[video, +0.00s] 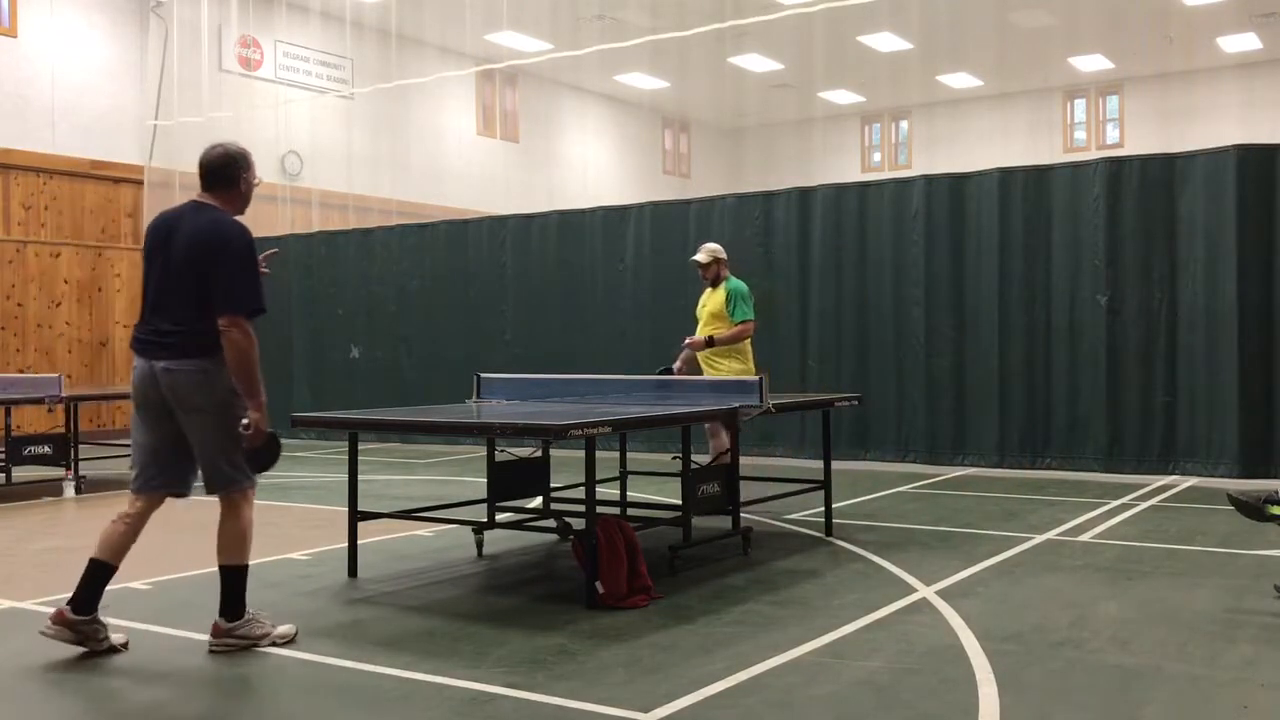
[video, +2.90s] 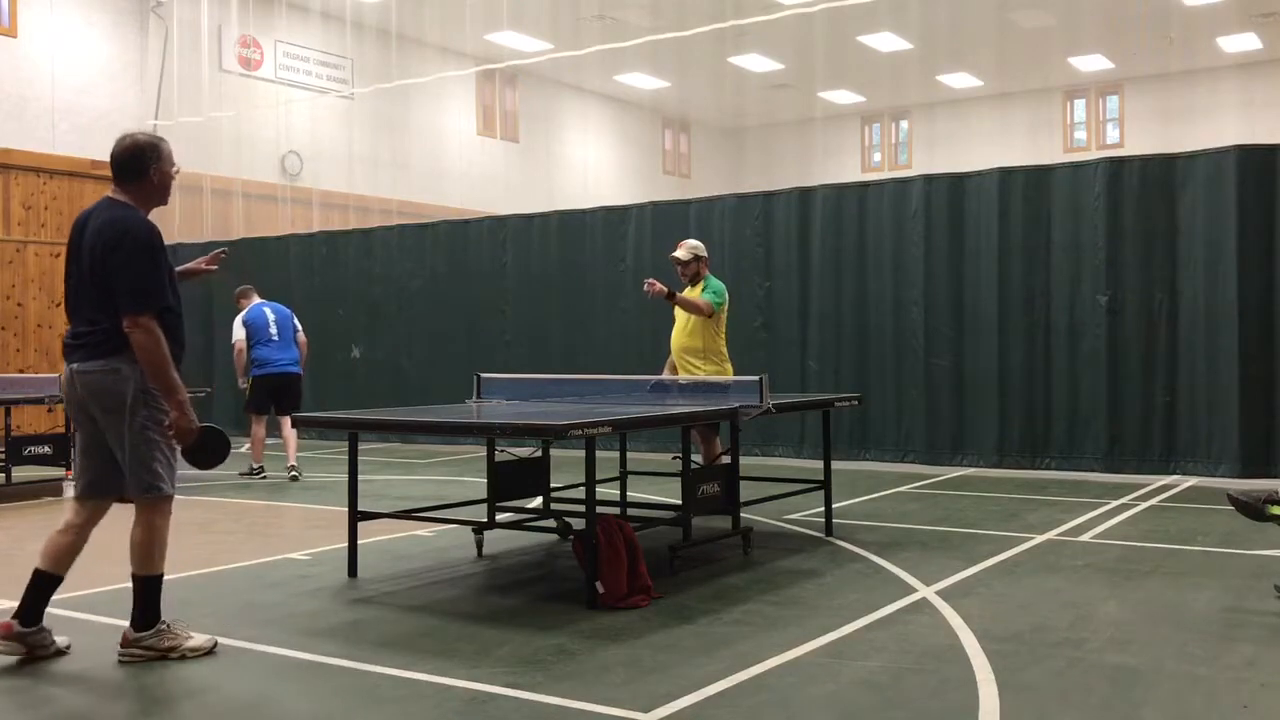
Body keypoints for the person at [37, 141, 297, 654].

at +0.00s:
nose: (256, 184)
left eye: (254, 176)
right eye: (254, 177)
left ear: (203, 181)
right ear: (243, 183)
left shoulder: (162, 224)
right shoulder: (232, 236)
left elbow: (178, 293)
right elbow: (232, 326)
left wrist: (241, 275)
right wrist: (257, 405)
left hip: (149, 371)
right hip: (202, 375)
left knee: (146, 493)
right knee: (237, 492)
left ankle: (79, 609)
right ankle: (233, 618)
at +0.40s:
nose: (283, 190)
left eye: (282, 182)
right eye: (283, 183)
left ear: (233, 181)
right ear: (272, 185)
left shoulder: (191, 222)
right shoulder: (266, 237)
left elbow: (174, 296)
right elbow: (280, 329)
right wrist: (317, 393)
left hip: (174, 366)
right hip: (232, 372)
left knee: (177, 490)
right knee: (244, 495)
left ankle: (156, 605)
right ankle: (234, 619)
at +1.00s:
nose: (238, 196)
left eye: (237, 188)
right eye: (237, 189)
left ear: (190, 187)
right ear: (226, 189)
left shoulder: (158, 232)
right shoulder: (217, 234)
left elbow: (175, 287)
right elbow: (211, 315)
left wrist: (235, 276)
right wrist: (235, 387)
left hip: (149, 369)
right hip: (189, 371)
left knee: (181, 488)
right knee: (232, 487)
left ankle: (174, 604)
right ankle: (232, 614)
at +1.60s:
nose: (227, 191)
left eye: (224, 184)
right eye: (223, 184)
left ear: (177, 186)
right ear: (210, 186)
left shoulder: (156, 225)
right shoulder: (192, 226)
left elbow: (172, 293)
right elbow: (186, 306)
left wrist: (229, 286)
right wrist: (213, 378)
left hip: (141, 363)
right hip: (165, 364)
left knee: (178, 487)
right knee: (180, 489)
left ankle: (174, 603)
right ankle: (151, 619)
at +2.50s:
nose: (217, 181)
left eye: (215, 173)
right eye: (214, 174)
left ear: (163, 174)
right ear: (199, 179)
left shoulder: (122, 216)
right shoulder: (176, 232)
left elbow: (140, 285)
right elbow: (169, 324)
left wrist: (202, 271)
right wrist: (188, 407)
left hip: (104, 369)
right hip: (144, 373)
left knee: (137, 494)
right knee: (156, 500)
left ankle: (118, 611)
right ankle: (147, 628)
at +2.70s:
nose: (200, 179)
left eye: (199, 170)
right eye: (197, 171)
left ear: (146, 172)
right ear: (178, 176)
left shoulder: (110, 217)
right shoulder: (160, 230)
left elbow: (135, 280)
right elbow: (156, 325)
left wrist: (199, 270)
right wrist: (187, 407)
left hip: (96, 369)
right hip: (137, 373)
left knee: (118, 497)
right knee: (156, 500)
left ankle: (49, 602)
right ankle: (146, 628)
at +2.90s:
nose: (175, 176)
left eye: (173, 168)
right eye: (171, 169)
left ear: (123, 174)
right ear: (153, 175)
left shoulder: (89, 221)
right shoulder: (135, 229)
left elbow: (118, 285)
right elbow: (139, 323)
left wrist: (184, 270)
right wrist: (180, 401)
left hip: (83, 373)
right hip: (126, 374)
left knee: (89, 503)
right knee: (155, 500)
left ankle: (25, 621)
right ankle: (145, 628)